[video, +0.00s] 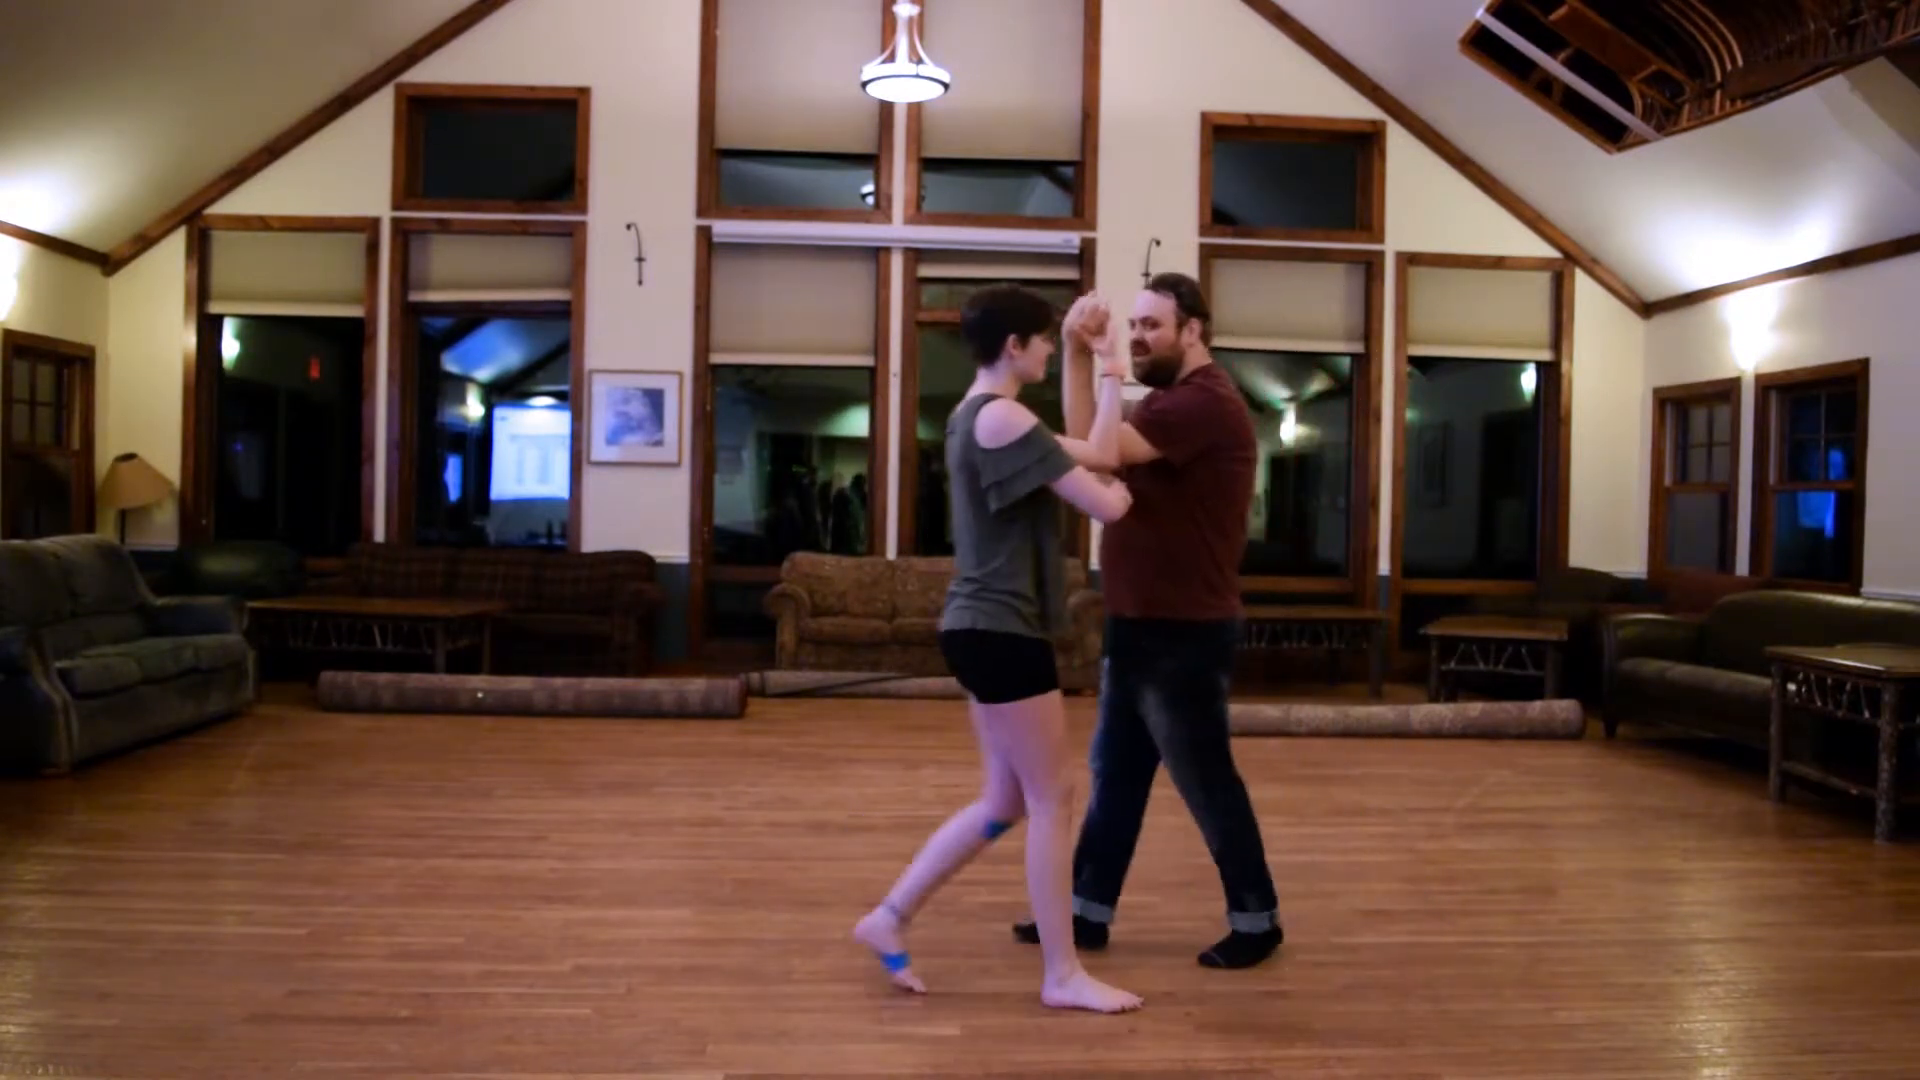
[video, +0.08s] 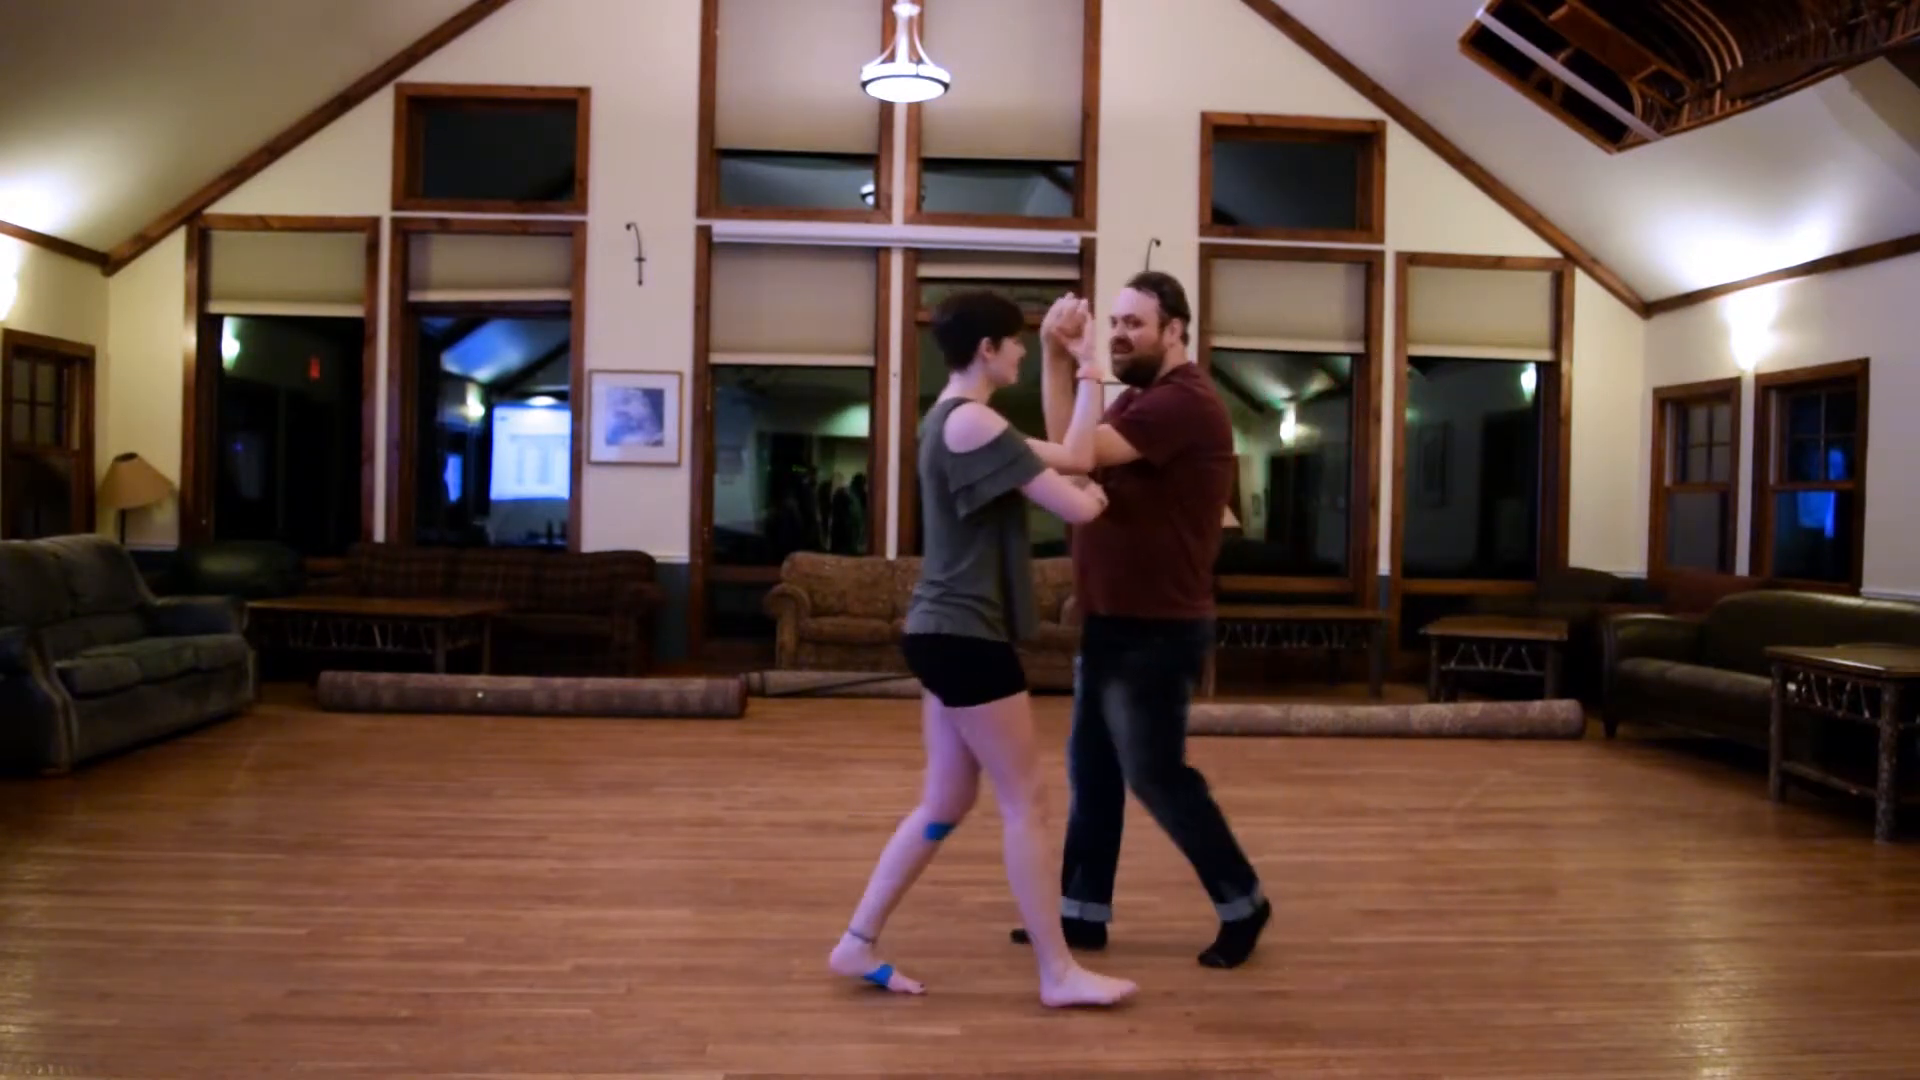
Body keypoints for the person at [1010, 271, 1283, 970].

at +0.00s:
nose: (1136, 338)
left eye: (1150, 326)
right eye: (1133, 326)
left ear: (1193, 332)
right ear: (1142, 336)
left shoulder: (1204, 401)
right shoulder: (1166, 397)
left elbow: (1103, 447)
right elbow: (1087, 435)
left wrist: (1109, 365)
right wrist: (1076, 347)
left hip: (1187, 625)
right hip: (1139, 622)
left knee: (1205, 778)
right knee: (1117, 773)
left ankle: (1256, 921)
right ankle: (1086, 912)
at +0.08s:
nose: (1120, 335)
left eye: (1133, 324)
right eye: (1116, 324)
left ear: (1175, 331)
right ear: (1119, 332)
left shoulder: (1185, 400)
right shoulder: (1142, 394)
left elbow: (1081, 453)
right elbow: (1068, 442)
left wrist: (1087, 367)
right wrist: (1057, 352)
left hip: (1159, 623)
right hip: (1111, 619)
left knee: (1152, 770)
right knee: (1094, 771)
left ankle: (1241, 903)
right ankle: (1083, 913)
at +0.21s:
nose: (1094, 329)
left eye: (1109, 318)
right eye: (1089, 317)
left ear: (1147, 327)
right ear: (1086, 322)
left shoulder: (1157, 396)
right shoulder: (1106, 387)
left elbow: (1050, 450)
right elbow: (1046, 440)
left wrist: (1047, 368)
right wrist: (1044, 357)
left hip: (1130, 615)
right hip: (1084, 609)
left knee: (1088, 760)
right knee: (1082, 763)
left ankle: (1187, 884)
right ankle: (1082, 914)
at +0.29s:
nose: (1077, 324)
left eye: (1093, 314)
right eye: (1072, 312)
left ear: (1131, 324)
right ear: (1069, 322)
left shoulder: (1139, 395)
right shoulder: (1084, 386)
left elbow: (1032, 440)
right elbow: (1018, 440)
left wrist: (1026, 353)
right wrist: (1010, 350)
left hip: (1108, 606)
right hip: (1071, 604)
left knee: (1053, 749)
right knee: (1080, 755)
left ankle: (1122, 890)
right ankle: (1082, 904)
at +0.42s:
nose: (1051, 323)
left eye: (1068, 313)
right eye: (1047, 311)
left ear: (1105, 325)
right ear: (1041, 321)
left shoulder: (1116, 396)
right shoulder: (1046, 385)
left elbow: (1008, 437)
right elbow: (989, 442)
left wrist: (992, 354)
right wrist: (988, 360)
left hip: (1083, 610)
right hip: (1040, 607)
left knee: (1017, 747)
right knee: (1067, 755)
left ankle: (1036, 909)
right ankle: (1082, 913)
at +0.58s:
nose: (1023, 328)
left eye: (1040, 318)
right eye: (1019, 316)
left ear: (1078, 332)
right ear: (1014, 327)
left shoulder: (1094, 408)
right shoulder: (1008, 393)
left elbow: (998, 453)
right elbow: (942, 450)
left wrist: (971, 373)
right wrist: (965, 374)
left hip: (1049, 620)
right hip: (995, 613)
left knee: (986, 760)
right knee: (1036, 765)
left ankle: (958, 913)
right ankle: (1077, 911)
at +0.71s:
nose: (1000, 323)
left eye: (1017, 314)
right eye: (998, 312)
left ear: (1056, 331)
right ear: (994, 325)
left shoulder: (1072, 411)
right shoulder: (985, 389)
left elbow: (992, 462)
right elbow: (918, 450)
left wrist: (953, 385)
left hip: (1014, 618)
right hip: (956, 607)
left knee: (969, 768)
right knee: (942, 754)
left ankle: (952, 921)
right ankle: (1046, 877)